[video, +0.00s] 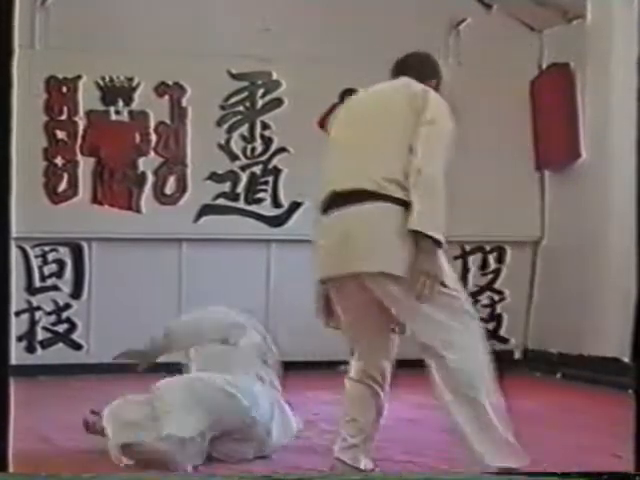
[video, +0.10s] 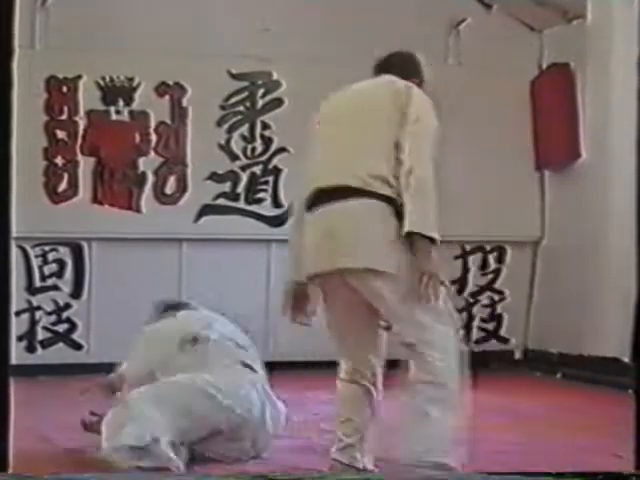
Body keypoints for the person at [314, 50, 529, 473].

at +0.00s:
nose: (437, 95)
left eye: (436, 89)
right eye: (438, 89)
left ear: (393, 75)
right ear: (431, 84)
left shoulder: (348, 107)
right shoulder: (428, 99)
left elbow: (330, 195)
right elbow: (427, 171)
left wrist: (328, 278)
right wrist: (428, 244)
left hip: (334, 238)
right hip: (388, 231)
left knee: (371, 350)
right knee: (458, 336)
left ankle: (350, 456)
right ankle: (500, 456)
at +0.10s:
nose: (421, 94)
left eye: (420, 88)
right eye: (421, 87)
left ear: (377, 73)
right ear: (414, 81)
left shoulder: (331, 105)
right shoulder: (412, 96)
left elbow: (306, 194)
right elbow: (416, 170)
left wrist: (300, 275)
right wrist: (425, 247)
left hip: (317, 232)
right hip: (371, 228)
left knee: (359, 355)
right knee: (436, 337)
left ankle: (348, 456)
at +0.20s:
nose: (396, 83)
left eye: (394, 77)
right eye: (395, 76)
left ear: (350, 65)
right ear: (387, 70)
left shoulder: (307, 101)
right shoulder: (384, 86)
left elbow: (280, 188)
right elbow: (400, 164)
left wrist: (263, 265)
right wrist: (426, 240)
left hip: (298, 230)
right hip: (346, 225)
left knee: (336, 352)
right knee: (379, 346)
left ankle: (350, 453)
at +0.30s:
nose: (379, 77)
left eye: (377, 71)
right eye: (377, 70)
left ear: (332, 59)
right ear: (367, 63)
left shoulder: (288, 95)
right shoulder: (366, 80)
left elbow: (259, 181)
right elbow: (387, 154)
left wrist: (242, 257)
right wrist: (423, 227)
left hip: (281, 220)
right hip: (326, 216)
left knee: (330, 350)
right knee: (336, 353)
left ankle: (344, 455)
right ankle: (249, 437)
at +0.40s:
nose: (352, 71)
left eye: (352, 65)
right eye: (352, 64)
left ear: (309, 48)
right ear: (344, 55)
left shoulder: (263, 81)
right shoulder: (341, 74)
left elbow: (232, 169)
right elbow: (361, 152)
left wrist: (218, 249)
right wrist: (399, 218)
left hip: (245, 209)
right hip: (290, 209)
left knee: (308, 341)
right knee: (300, 340)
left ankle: (328, 456)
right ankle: (213, 447)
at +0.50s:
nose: (334, 71)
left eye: (335, 66)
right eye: (335, 65)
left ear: (293, 47)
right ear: (326, 55)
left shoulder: (244, 81)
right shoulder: (321, 78)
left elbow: (209, 165)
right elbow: (338, 156)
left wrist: (204, 248)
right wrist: (374, 224)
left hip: (222, 209)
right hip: (265, 210)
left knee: (288, 337)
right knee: (268, 344)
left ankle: (307, 451)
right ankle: (218, 459)